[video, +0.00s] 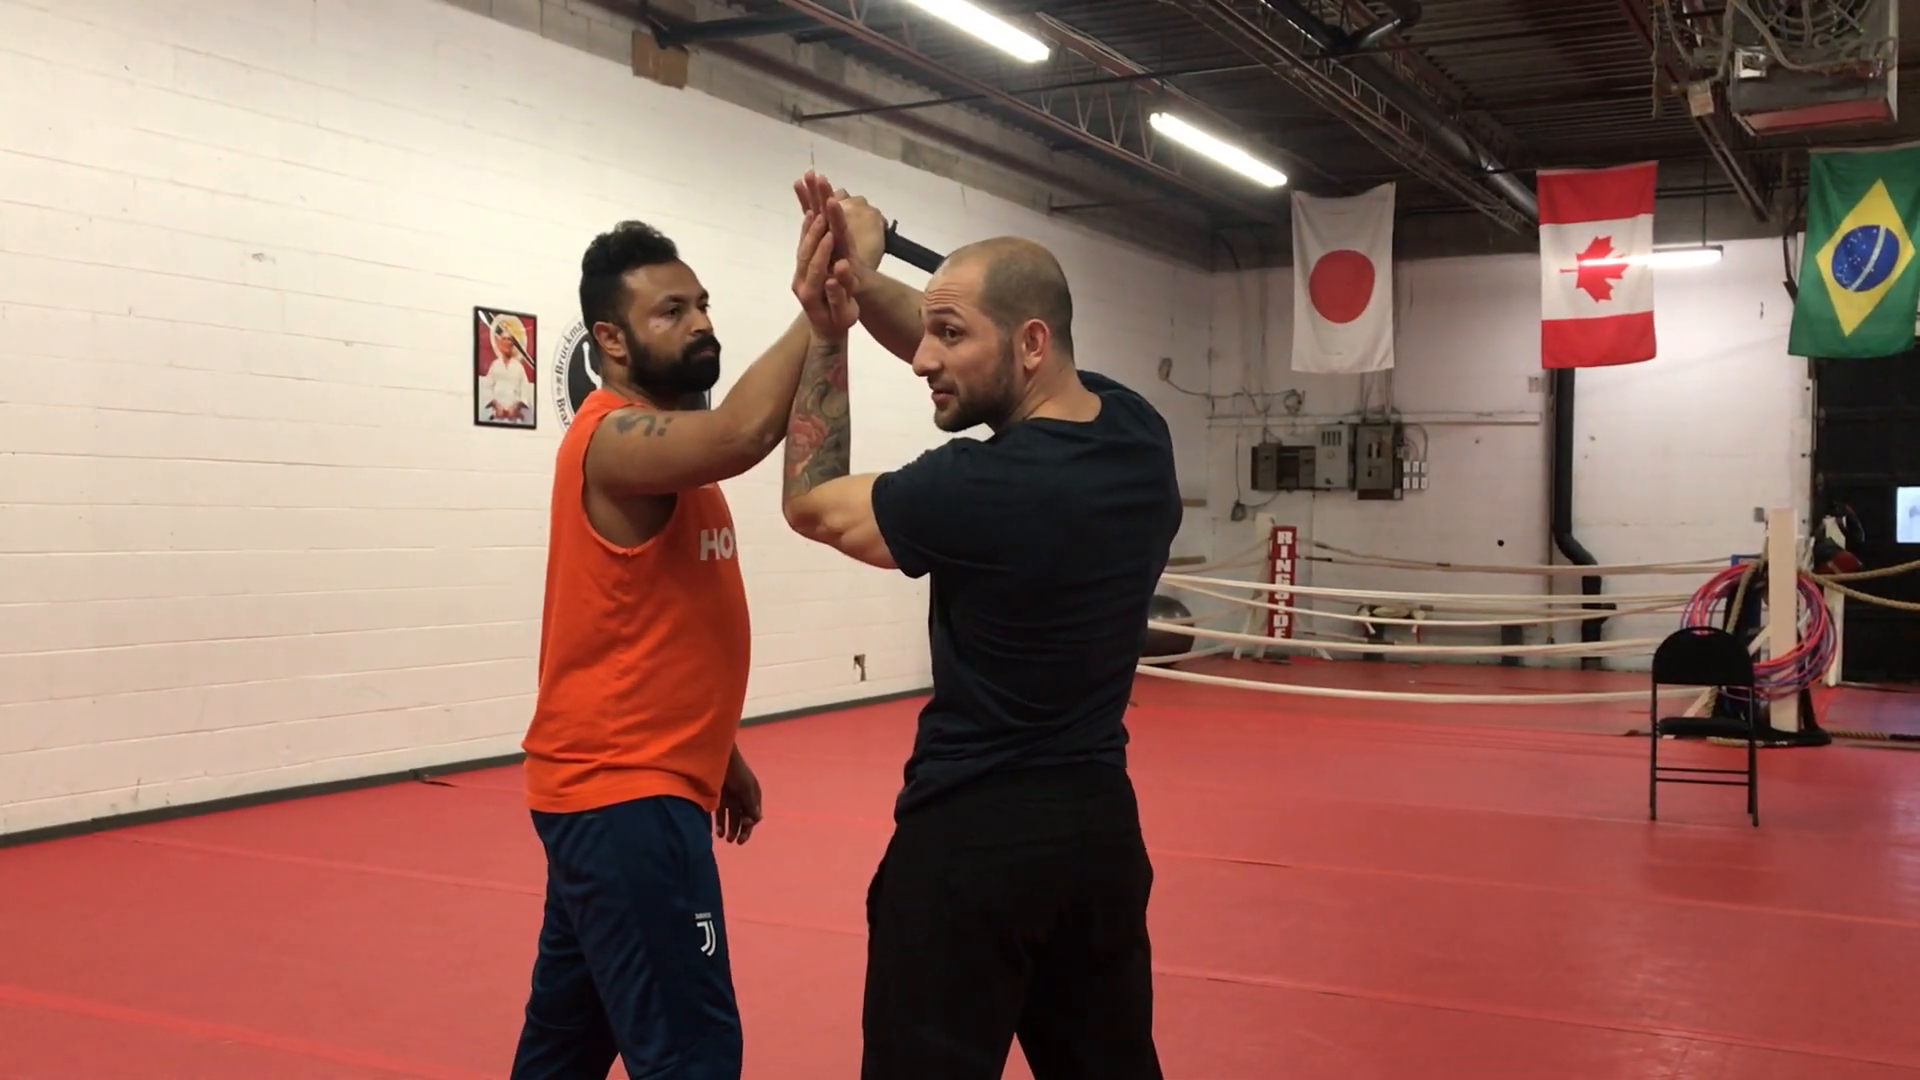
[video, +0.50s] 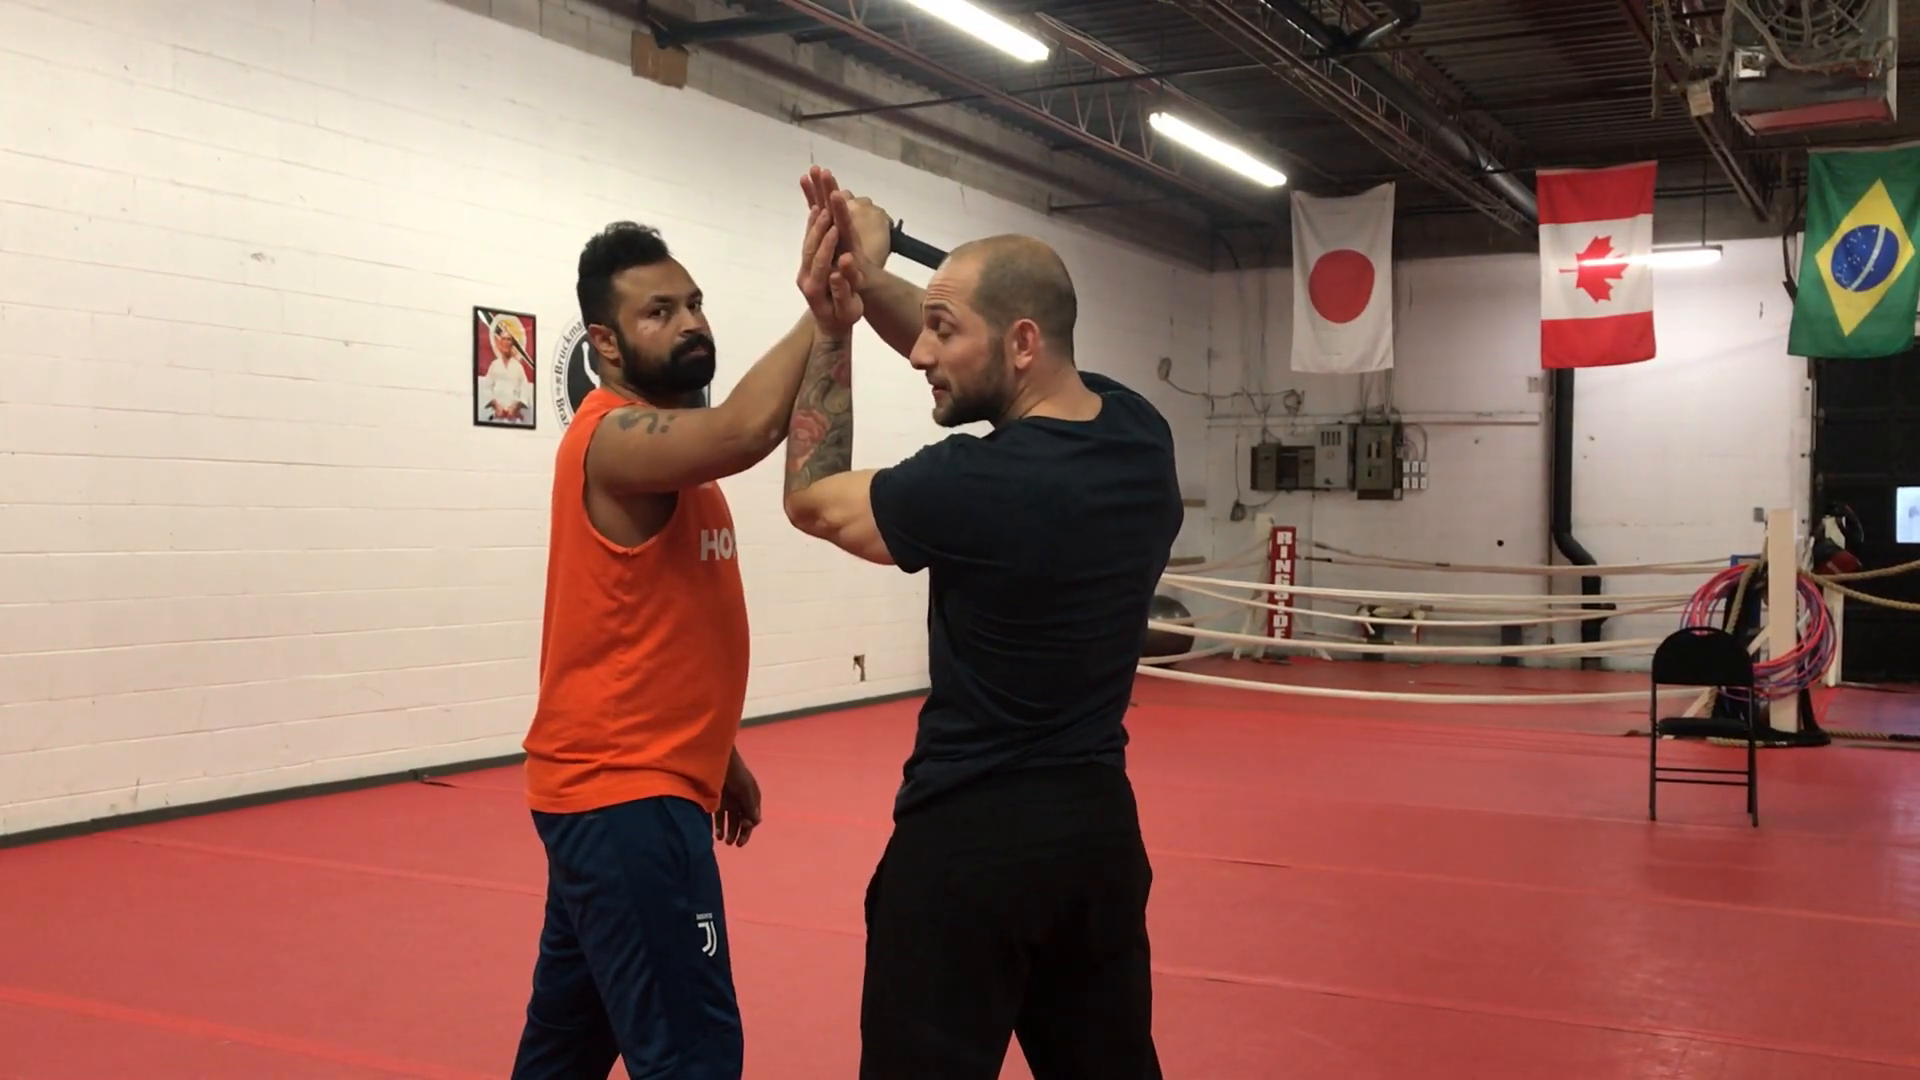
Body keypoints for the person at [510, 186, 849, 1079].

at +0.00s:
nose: (702, 325)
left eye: (701, 305)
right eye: (673, 312)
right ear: (611, 338)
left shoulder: (654, 432)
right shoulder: (615, 430)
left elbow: (647, 625)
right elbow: (736, 435)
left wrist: (716, 750)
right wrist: (819, 316)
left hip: (641, 785)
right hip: (619, 792)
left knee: (564, 1050)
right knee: (693, 1055)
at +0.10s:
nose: (702, 327)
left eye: (702, 306)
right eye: (673, 312)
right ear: (610, 339)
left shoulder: (658, 433)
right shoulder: (613, 431)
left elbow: (649, 622)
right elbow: (738, 433)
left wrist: (719, 748)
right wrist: (818, 316)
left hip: (643, 785)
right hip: (618, 791)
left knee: (564, 1051)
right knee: (692, 1055)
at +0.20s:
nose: (702, 324)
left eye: (701, 303)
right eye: (671, 311)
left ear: (703, 308)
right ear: (611, 338)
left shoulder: (656, 434)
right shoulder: (613, 432)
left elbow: (650, 628)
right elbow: (739, 433)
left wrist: (719, 748)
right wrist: (822, 309)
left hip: (633, 788)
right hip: (621, 794)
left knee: (564, 1051)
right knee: (693, 1054)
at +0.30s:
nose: (699, 325)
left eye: (700, 304)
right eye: (669, 312)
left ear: (704, 308)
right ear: (610, 340)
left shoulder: (658, 433)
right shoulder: (614, 435)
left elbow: (650, 625)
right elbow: (739, 434)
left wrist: (719, 748)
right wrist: (820, 314)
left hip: (637, 787)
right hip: (620, 793)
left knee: (565, 1050)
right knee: (695, 1054)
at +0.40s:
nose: (695, 325)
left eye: (697, 304)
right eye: (664, 313)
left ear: (705, 308)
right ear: (608, 341)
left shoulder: (656, 435)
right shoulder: (616, 435)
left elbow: (650, 624)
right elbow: (742, 432)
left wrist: (717, 749)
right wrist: (820, 315)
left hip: (636, 787)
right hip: (621, 792)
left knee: (565, 1050)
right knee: (695, 1055)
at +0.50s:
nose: (692, 323)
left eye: (695, 302)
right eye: (661, 312)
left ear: (703, 307)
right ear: (606, 343)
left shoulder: (654, 436)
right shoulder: (616, 434)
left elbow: (650, 625)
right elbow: (741, 431)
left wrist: (716, 753)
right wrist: (823, 313)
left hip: (635, 787)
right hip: (622, 792)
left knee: (566, 1050)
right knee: (696, 1055)